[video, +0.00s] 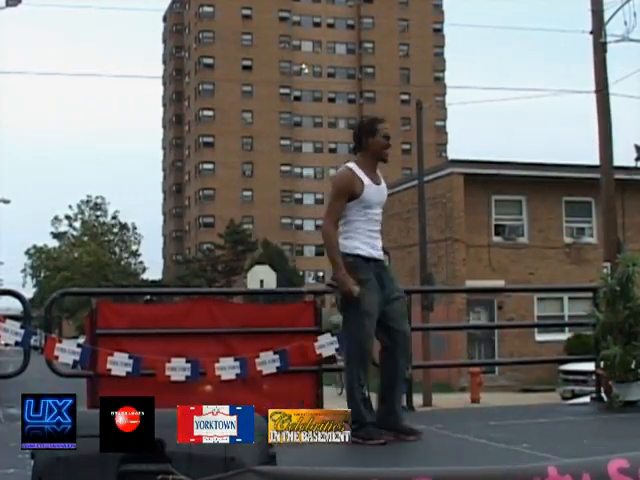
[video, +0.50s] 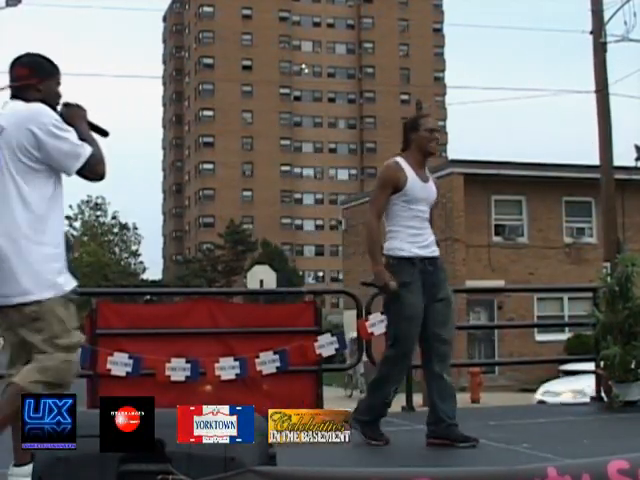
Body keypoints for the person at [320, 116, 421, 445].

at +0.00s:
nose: (390, 143)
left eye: (390, 138)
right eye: (384, 138)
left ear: (376, 144)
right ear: (366, 142)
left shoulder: (379, 178)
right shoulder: (347, 177)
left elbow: (372, 228)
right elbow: (328, 226)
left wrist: (383, 267)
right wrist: (341, 272)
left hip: (380, 266)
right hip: (356, 266)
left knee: (398, 338)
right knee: (359, 346)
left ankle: (389, 417)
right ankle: (361, 424)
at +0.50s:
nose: (436, 137)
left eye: (438, 132)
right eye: (429, 131)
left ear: (436, 139)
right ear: (411, 137)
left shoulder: (430, 180)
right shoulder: (393, 170)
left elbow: (428, 227)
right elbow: (372, 217)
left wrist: (436, 261)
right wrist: (378, 266)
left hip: (432, 265)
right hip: (403, 265)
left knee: (439, 348)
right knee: (403, 347)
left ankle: (442, 426)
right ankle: (367, 417)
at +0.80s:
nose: (459, 130)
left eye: (460, 125)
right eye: (451, 126)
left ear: (458, 132)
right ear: (433, 133)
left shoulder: (461, 177)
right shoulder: (415, 166)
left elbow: (470, 228)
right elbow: (392, 212)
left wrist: (485, 275)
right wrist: (396, 260)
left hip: (452, 264)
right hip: (422, 261)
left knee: (452, 345)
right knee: (429, 343)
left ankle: (446, 426)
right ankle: (421, 429)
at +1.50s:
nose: (482, 113)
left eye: (484, 107)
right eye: (474, 108)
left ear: (488, 113)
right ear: (455, 117)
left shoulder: (494, 158)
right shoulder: (439, 158)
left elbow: (498, 212)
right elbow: (421, 215)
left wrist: (502, 256)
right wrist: (424, 277)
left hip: (492, 260)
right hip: (456, 260)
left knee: (513, 342)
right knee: (460, 349)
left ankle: (494, 425)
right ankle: (467, 435)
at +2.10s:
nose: (533, 101)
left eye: (538, 96)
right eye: (524, 96)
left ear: (544, 104)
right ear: (508, 105)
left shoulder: (550, 155)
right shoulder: (490, 144)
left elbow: (554, 209)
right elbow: (465, 196)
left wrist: (559, 255)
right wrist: (473, 244)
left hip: (543, 258)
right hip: (501, 256)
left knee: (546, 352)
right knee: (500, 342)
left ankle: (546, 443)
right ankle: (477, 423)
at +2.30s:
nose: (536, 100)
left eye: (542, 93)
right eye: (528, 94)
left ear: (552, 99)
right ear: (515, 100)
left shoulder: (566, 147)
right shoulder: (496, 139)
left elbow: (586, 201)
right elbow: (468, 188)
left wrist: (600, 253)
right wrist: (491, 193)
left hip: (548, 256)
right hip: (503, 254)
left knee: (549, 351)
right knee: (502, 348)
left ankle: (546, 443)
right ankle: (495, 442)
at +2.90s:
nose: (506, 90)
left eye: (511, 83)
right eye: (497, 85)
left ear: (520, 86)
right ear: (481, 92)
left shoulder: (540, 131)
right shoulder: (470, 129)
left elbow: (553, 192)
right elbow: (469, 179)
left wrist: (570, 250)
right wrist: (497, 129)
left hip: (541, 249)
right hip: (493, 251)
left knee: (570, 337)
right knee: (500, 350)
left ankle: (556, 427)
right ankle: (509, 449)